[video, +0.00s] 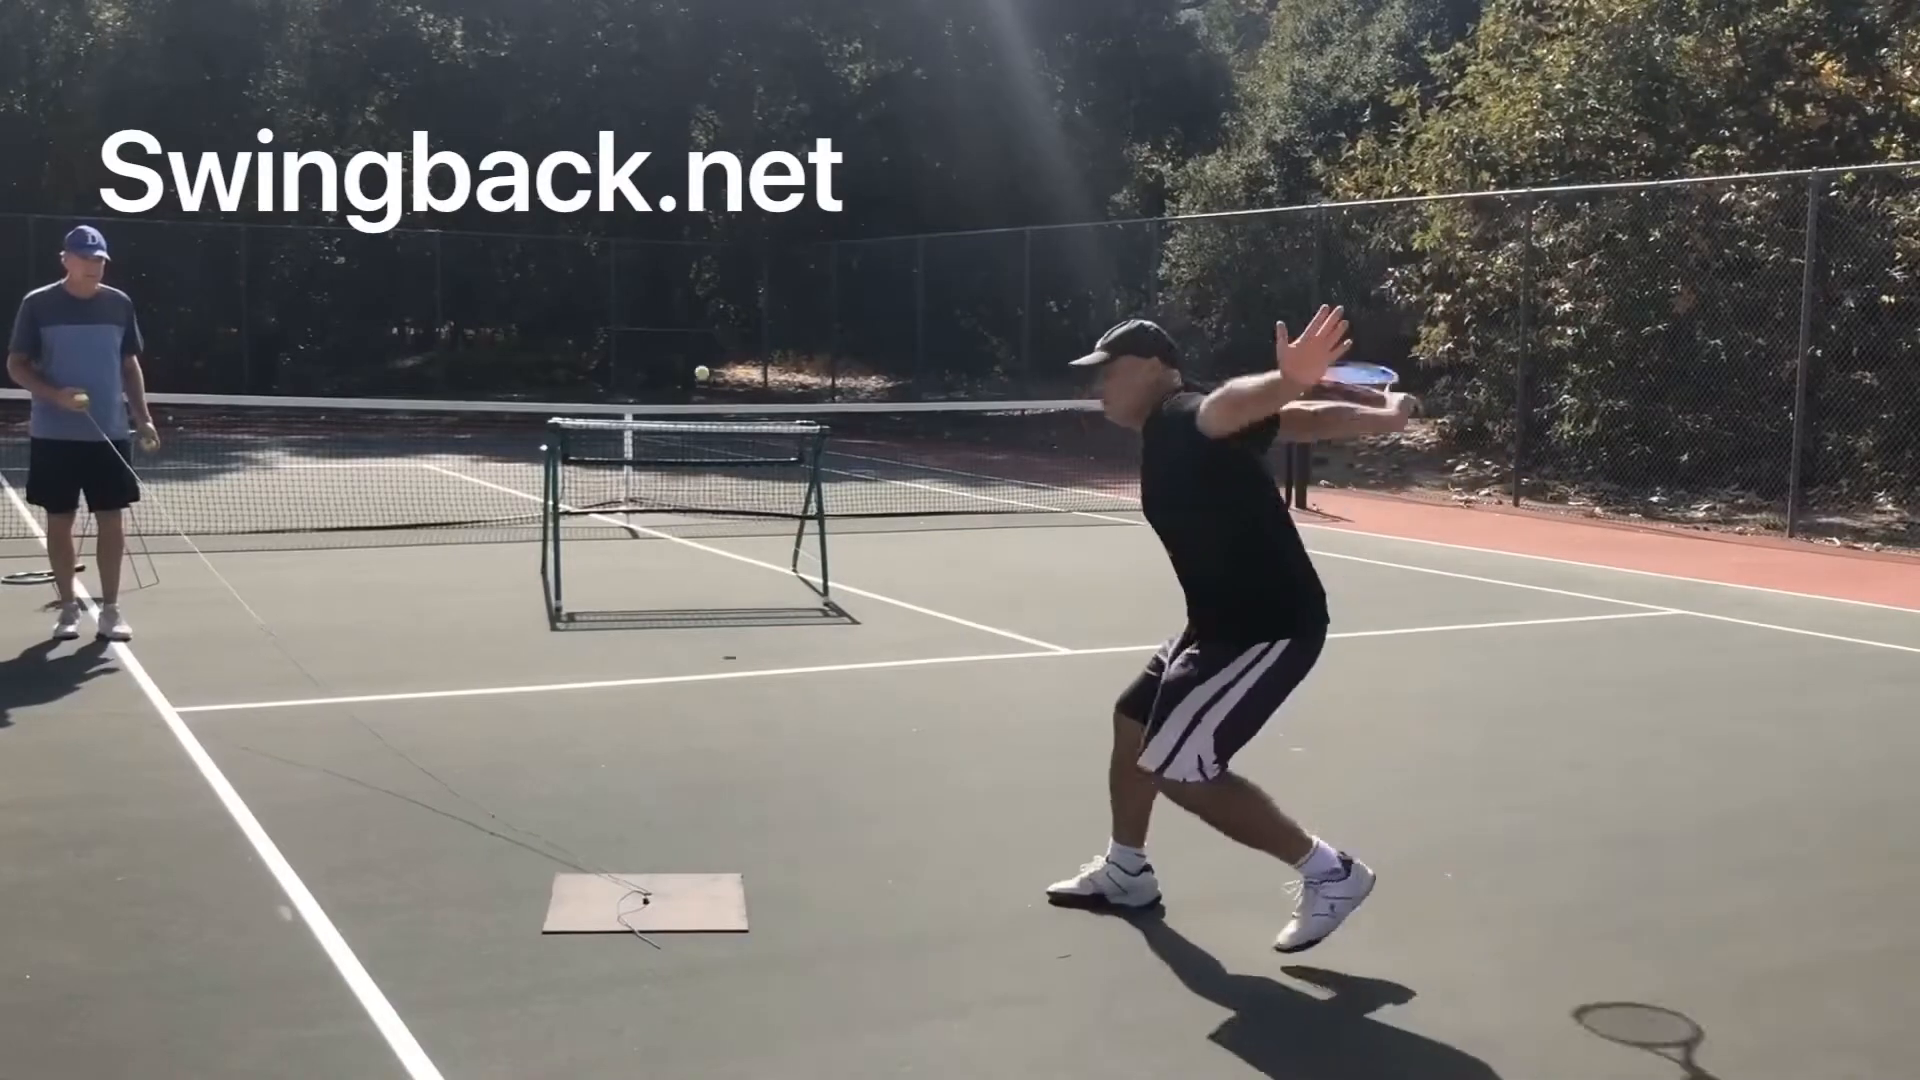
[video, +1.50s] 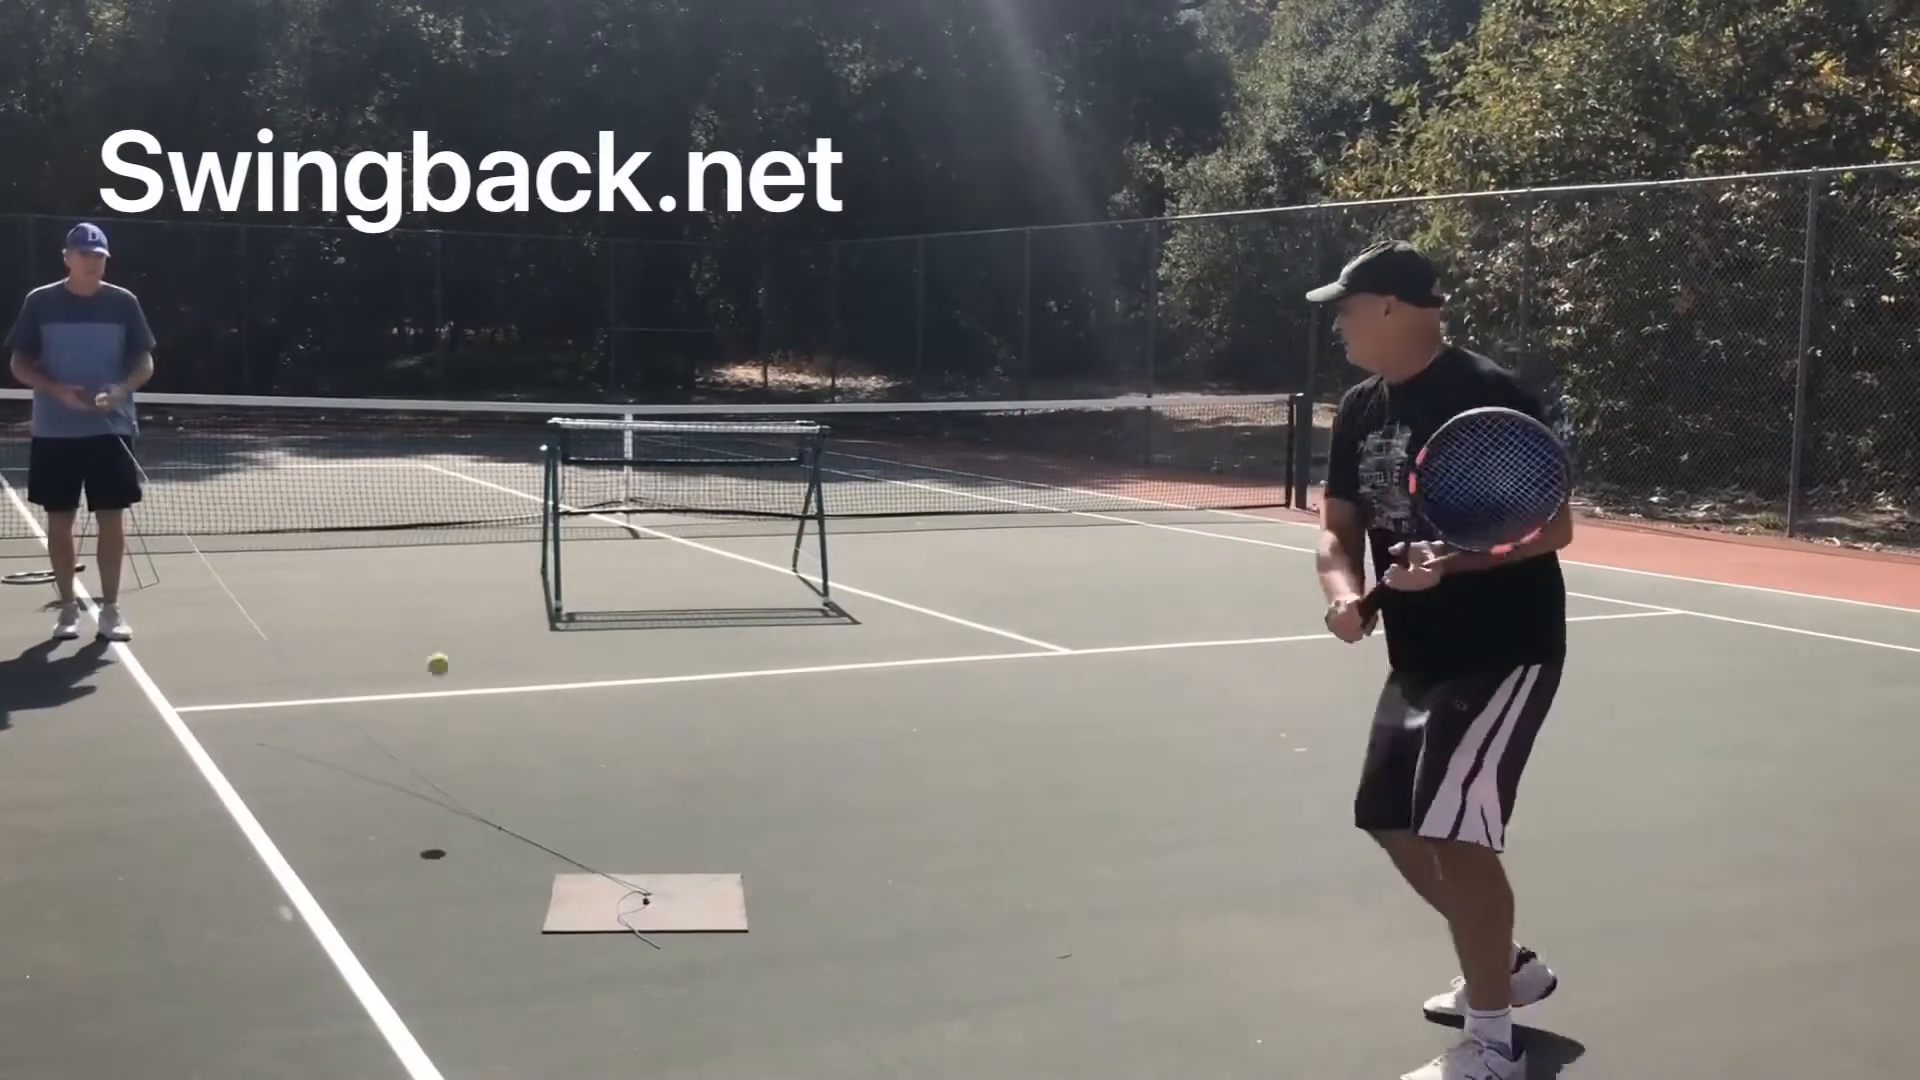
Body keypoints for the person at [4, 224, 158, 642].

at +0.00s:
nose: (92, 267)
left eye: (98, 260)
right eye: (84, 259)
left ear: (105, 263)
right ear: (65, 259)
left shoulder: (119, 304)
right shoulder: (37, 304)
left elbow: (130, 363)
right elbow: (16, 364)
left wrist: (142, 416)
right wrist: (53, 394)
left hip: (110, 436)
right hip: (55, 437)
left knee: (111, 520)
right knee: (60, 521)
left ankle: (111, 609)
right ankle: (69, 606)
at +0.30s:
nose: (98, 269)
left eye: (103, 262)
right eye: (90, 261)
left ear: (110, 264)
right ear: (70, 261)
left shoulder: (122, 306)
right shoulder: (39, 303)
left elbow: (128, 366)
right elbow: (15, 363)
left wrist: (137, 422)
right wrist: (52, 395)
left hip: (108, 437)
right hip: (53, 438)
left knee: (110, 520)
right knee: (58, 522)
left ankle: (110, 609)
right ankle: (68, 607)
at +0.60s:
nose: (99, 267)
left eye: (105, 260)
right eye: (91, 259)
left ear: (111, 264)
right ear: (72, 260)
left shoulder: (127, 308)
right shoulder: (41, 302)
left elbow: (143, 365)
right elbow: (16, 359)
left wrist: (158, 413)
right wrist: (47, 391)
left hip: (106, 438)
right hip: (51, 437)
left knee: (110, 521)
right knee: (57, 523)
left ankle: (109, 610)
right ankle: (67, 607)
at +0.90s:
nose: (99, 253)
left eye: (104, 247)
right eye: (91, 247)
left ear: (111, 254)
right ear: (72, 254)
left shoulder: (127, 295)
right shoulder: (43, 298)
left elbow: (153, 319)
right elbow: (20, 359)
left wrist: (167, 311)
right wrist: (48, 383)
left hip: (110, 428)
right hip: (55, 430)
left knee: (111, 518)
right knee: (59, 519)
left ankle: (110, 609)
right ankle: (68, 608)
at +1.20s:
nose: (92, 259)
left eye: (99, 253)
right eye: (85, 252)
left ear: (107, 257)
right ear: (69, 255)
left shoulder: (125, 300)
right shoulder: (40, 300)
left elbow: (151, 357)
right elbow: (23, 362)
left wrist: (105, 372)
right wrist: (55, 383)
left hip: (113, 432)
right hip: (57, 434)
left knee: (113, 520)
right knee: (60, 520)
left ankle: (111, 609)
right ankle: (68, 607)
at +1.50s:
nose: (91, 264)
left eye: (98, 257)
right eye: (84, 256)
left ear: (106, 260)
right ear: (67, 256)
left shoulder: (124, 302)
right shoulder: (40, 301)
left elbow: (145, 363)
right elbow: (19, 364)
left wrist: (121, 389)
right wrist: (58, 390)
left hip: (109, 433)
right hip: (55, 436)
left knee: (111, 519)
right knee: (60, 520)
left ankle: (111, 609)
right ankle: (69, 606)